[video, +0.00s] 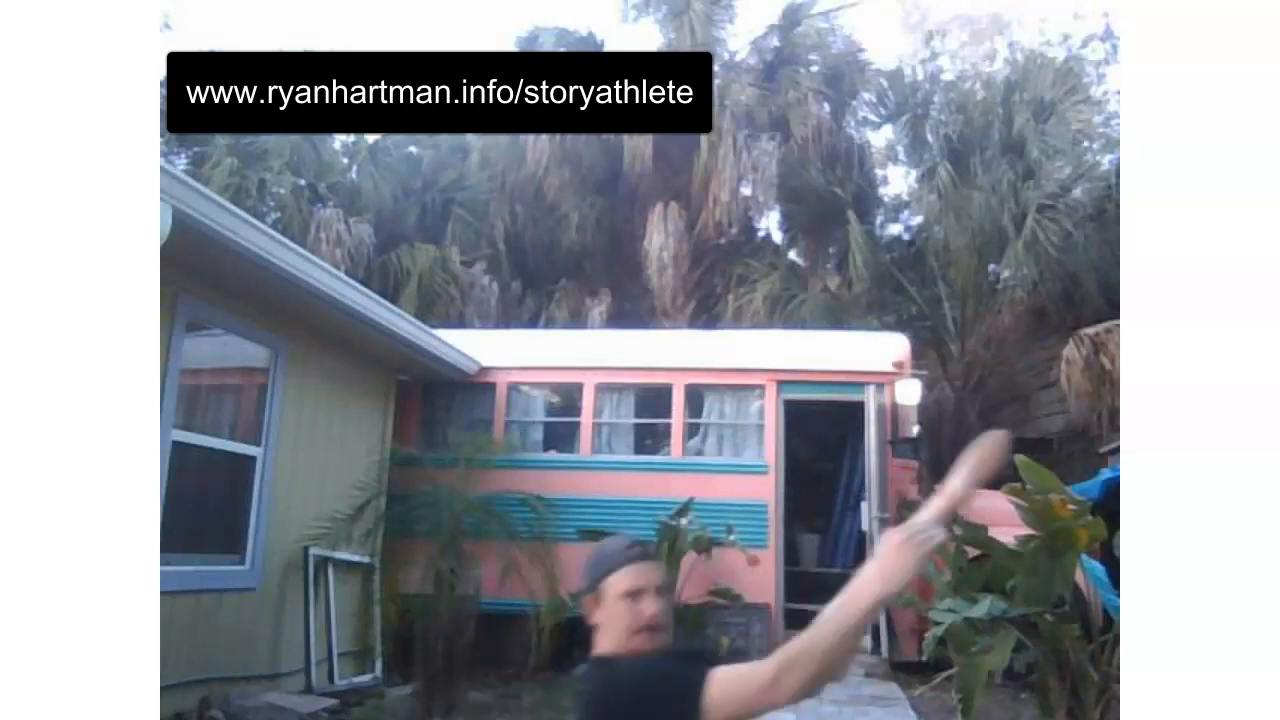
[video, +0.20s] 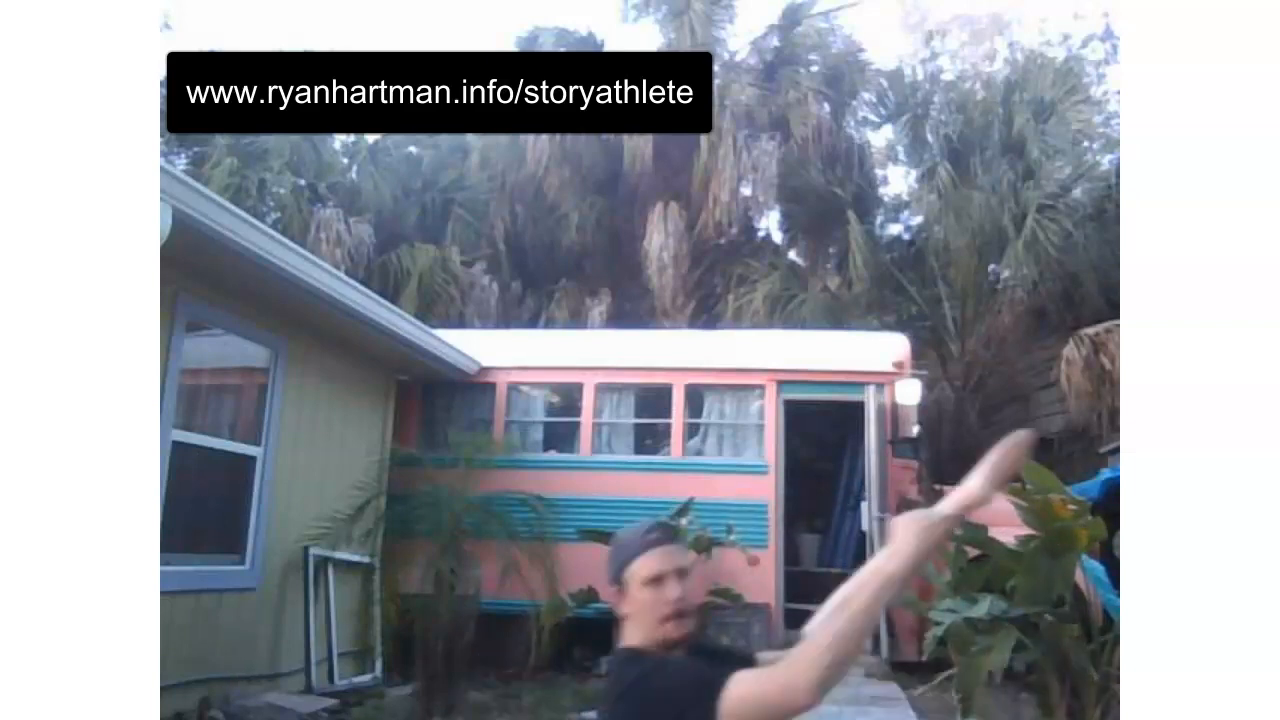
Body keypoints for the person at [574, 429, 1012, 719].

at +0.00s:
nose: (652, 611)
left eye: (660, 594)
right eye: (632, 597)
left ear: (673, 598)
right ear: (592, 609)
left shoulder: (652, 677)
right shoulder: (617, 683)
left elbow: (807, 676)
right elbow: (777, 683)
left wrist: (942, 505)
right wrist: (875, 580)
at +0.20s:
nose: (677, 596)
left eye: (683, 577)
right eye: (655, 583)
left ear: (696, 579)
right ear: (615, 597)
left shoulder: (691, 659)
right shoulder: (645, 683)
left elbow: (812, 649)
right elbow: (795, 686)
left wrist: (959, 503)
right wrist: (899, 557)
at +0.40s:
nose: (705, 582)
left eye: (715, 566)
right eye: (688, 567)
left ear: (727, 572)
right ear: (650, 575)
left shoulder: (726, 636)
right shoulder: (660, 655)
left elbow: (858, 660)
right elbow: (821, 675)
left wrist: (1038, 530)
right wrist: (940, 589)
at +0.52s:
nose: (867, 580)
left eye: (876, 564)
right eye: (849, 561)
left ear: (886, 564)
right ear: (804, 557)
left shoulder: (832, 630)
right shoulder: (814, 645)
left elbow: (958, 676)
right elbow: (967, 709)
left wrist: (1128, 638)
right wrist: (1112, 679)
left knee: (1029, 649)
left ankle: (1139, 633)